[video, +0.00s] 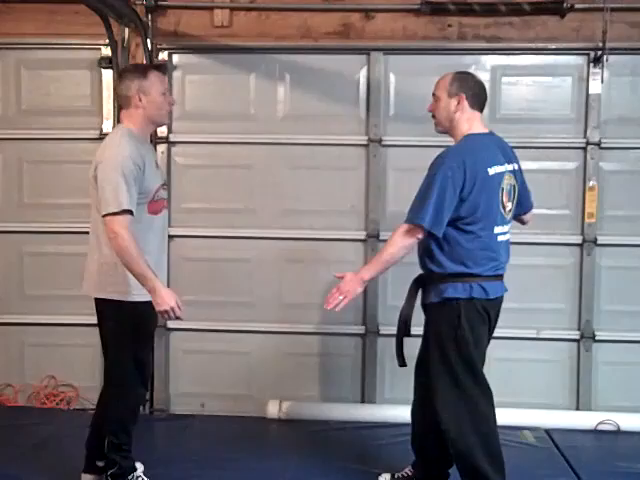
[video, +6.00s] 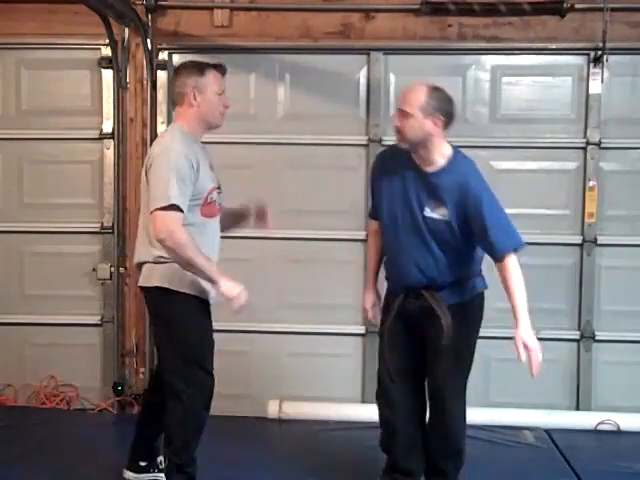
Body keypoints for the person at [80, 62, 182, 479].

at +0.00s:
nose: (172, 101)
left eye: (170, 93)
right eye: (165, 93)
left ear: (141, 101)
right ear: (138, 100)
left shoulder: (141, 147)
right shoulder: (118, 152)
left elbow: (136, 223)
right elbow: (116, 231)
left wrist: (154, 286)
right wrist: (156, 287)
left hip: (137, 288)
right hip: (121, 290)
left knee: (126, 382)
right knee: (127, 383)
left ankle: (99, 463)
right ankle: (116, 467)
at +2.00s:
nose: (251, 117)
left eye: (250, 109)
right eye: (247, 109)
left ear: (207, 111)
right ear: (227, 108)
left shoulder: (173, 159)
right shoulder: (253, 142)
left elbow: (176, 225)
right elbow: (330, 148)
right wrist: (375, 136)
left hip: (194, 290)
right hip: (246, 285)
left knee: (178, 377)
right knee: (263, 379)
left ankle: (151, 464)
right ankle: (266, 467)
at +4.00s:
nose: (223, 106)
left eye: (223, 98)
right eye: (215, 97)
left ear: (189, 98)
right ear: (184, 96)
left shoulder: (199, 150)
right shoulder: (161, 144)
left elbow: (203, 217)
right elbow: (162, 220)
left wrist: (241, 219)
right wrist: (229, 228)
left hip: (210, 283)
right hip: (174, 285)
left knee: (255, 362)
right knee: (191, 385)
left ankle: (199, 435)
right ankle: (178, 469)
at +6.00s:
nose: (227, 104)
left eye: (226, 95)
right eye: (221, 95)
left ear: (193, 98)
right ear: (193, 96)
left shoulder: (192, 147)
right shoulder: (173, 147)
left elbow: (200, 216)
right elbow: (167, 228)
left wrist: (242, 217)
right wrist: (220, 278)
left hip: (183, 281)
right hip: (172, 282)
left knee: (171, 375)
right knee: (193, 380)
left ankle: (141, 463)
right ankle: (181, 472)